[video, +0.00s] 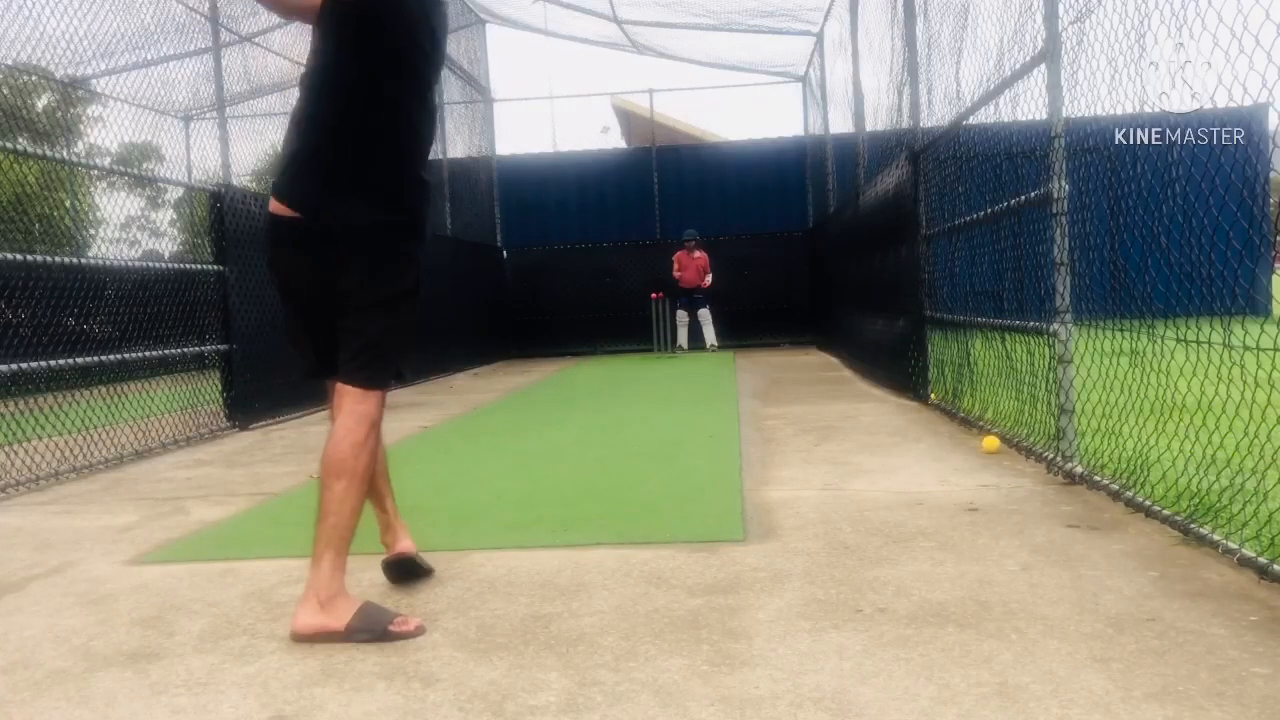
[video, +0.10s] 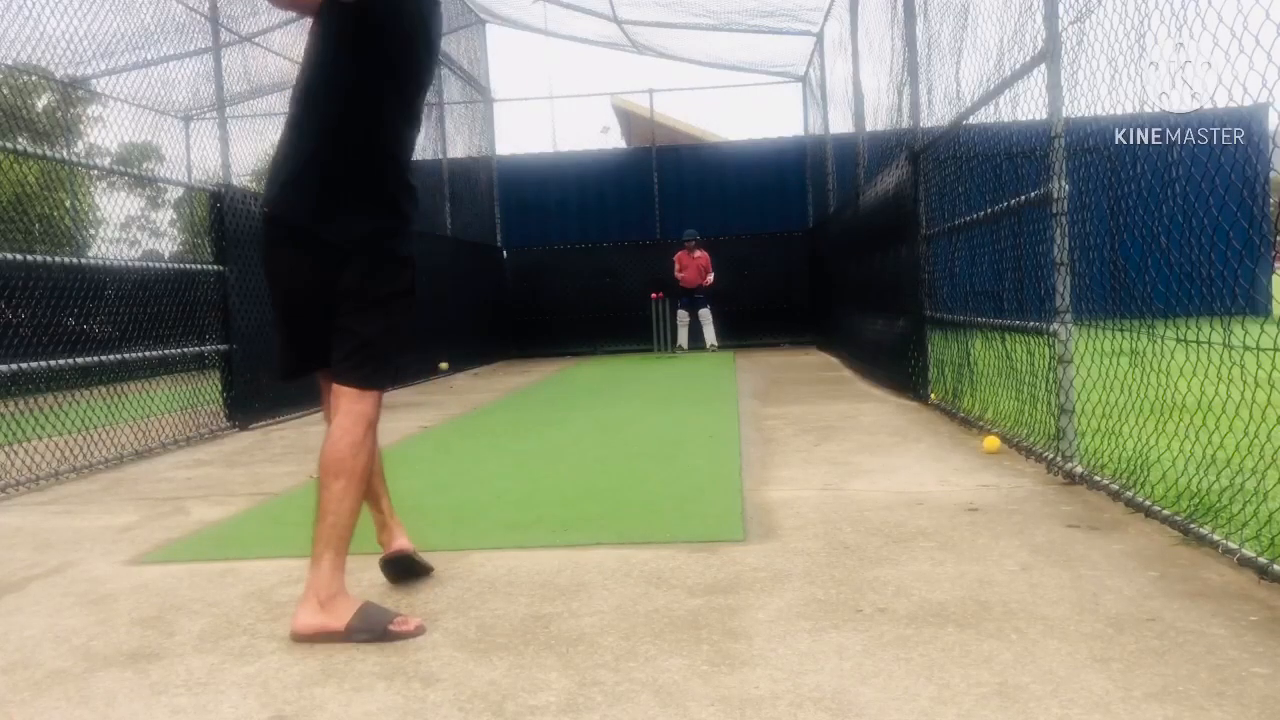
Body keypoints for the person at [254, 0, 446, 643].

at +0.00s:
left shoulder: (348, 11)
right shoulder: (420, 13)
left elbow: (282, 3)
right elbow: (284, 4)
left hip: (300, 214)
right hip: (381, 218)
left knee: (354, 387)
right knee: (357, 400)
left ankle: (395, 533)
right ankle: (324, 597)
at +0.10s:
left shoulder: (349, 5)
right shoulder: (419, 11)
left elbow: (287, 1)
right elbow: (289, 2)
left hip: (299, 198)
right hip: (371, 200)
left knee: (340, 385)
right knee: (354, 400)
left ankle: (391, 532)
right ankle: (324, 597)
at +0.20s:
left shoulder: (345, 6)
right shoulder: (420, 12)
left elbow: (284, 1)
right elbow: (287, 3)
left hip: (301, 202)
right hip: (367, 205)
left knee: (341, 383)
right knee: (356, 397)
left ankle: (391, 533)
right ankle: (324, 597)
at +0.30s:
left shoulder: (329, 16)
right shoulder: (419, 13)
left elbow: (259, 4)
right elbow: (266, 7)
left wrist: (325, 50)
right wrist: (318, 45)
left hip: (300, 202)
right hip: (367, 207)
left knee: (350, 382)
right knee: (358, 396)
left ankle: (393, 533)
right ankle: (324, 595)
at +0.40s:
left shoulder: (330, 10)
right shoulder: (426, 16)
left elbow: (206, 41)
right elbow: (326, 74)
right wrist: (245, 34)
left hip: (304, 211)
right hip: (376, 218)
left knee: (356, 386)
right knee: (363, 398)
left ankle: (396, 535)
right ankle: (325, 596)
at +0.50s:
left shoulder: (287, 3)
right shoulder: (432, 21)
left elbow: (201, 106)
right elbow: (389, 117)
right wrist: (284, 99)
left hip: (299, 216)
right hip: (384, 219)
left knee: (364, 387)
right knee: (368, 399)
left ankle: (400, 540)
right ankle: (325, 598)